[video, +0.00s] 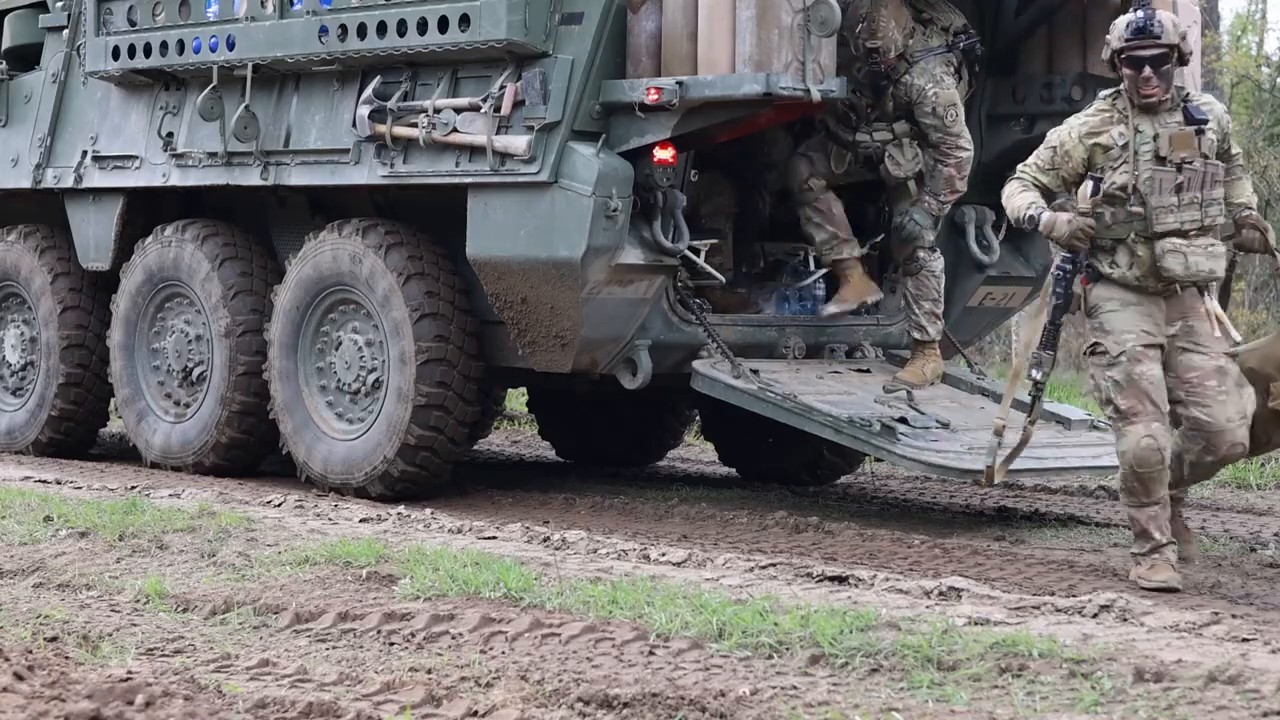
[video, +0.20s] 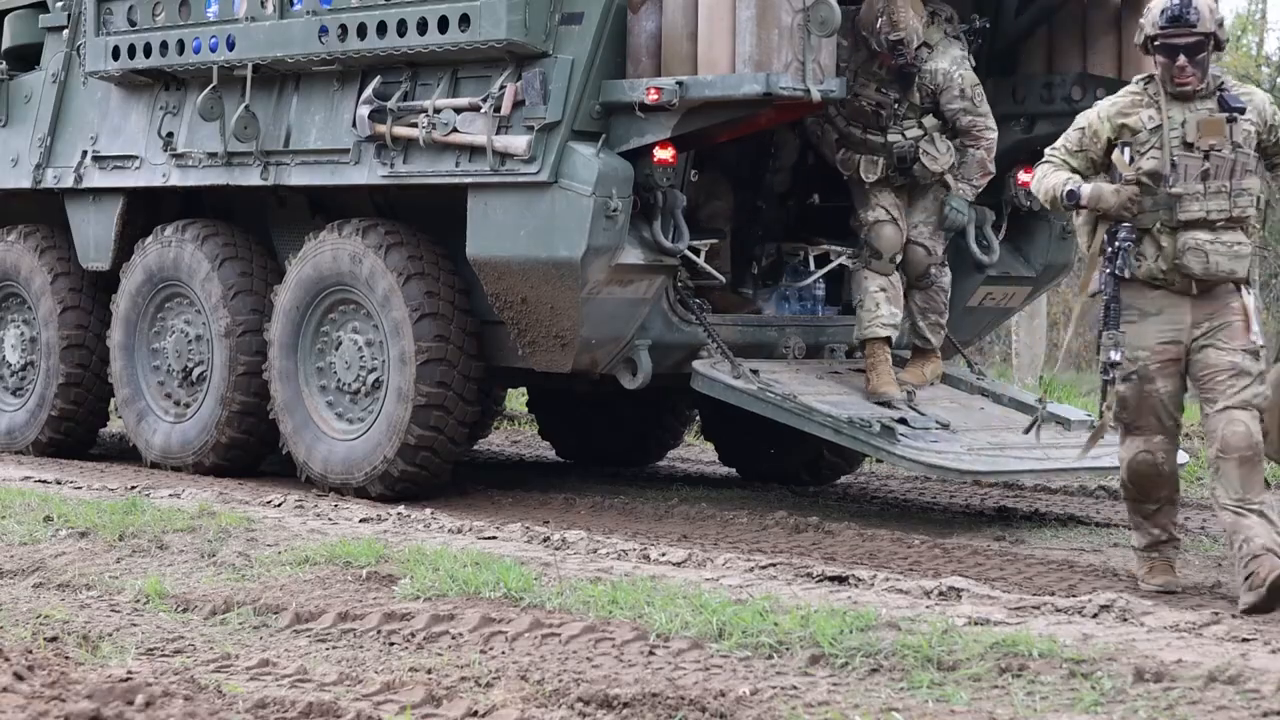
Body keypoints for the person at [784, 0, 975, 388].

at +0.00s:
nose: (878, 60)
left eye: (885, 52)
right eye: (869, 52)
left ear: (903, 42)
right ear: (855, 41)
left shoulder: (928, 79)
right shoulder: (845, 49)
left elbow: (956, 151)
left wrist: (929, 211)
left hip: (913, 148)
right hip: (860, 141)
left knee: (913, 235)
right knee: (804, 171)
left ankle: (926, 353)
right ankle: (854, 278)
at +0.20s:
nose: (899, 56)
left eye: (906, 47)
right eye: (889, 48)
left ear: (919, 34)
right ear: (870, 38)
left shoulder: (946, 65)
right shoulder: (849, 57)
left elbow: (980, 133)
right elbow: (816, 115)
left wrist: (962, 191)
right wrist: (852, 160)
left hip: (930, 173)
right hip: (872, 170)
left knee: (921, 256)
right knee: (881, 246)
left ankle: (926, 356)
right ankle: (878, 359)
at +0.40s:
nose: (927, 58)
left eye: (934, 49)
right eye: (917, 50)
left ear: (945, 36)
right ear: (895, 36)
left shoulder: (968, 62)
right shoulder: (864, 39)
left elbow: (1011, 121)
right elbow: (810, 49)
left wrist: (1003, 184)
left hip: (951, 170)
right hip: (884, 166)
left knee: (956, 242)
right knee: (896, 246)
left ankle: (933, 331)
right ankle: (886, 363)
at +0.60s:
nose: (961, 58)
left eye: (972, 49)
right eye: (953, 47)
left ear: (985, 38)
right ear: (933, 30)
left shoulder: (1000, 67)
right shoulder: (893, 36)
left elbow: (1025, 130)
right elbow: (840, 84)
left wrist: (1016, 194)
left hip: (965, 176)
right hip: (897, 168)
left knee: (973, 268)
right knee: (903, 255)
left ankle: (987, 385)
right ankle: (886, 371)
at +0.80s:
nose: (1002, 47)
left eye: (1012, 41)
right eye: (993, 36)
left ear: (1024, 31)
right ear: (972, 15)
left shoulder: (1030, 70)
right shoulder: (924, 36)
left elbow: (1057, 146)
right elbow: (867, 85)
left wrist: (1065, 217)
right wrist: (829, 132)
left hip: (993, 184)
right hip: (923, 170)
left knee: (999, 275)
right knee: (939, 244)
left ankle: (992, 391)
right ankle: (921, 362)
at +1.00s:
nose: (1016, 35)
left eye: (1026, 27)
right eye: (1010, 22)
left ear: (1037, 22)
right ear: (988, 9)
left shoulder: (1047, 59)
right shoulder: (936, 33)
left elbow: (1081, 129)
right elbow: (877, 87)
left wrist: (1091, 190)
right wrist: (829, 135)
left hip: (1010, 181)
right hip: (940, 173)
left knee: (1017, 285)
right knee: (964, 268)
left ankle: (995, 394)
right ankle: (961, 393)